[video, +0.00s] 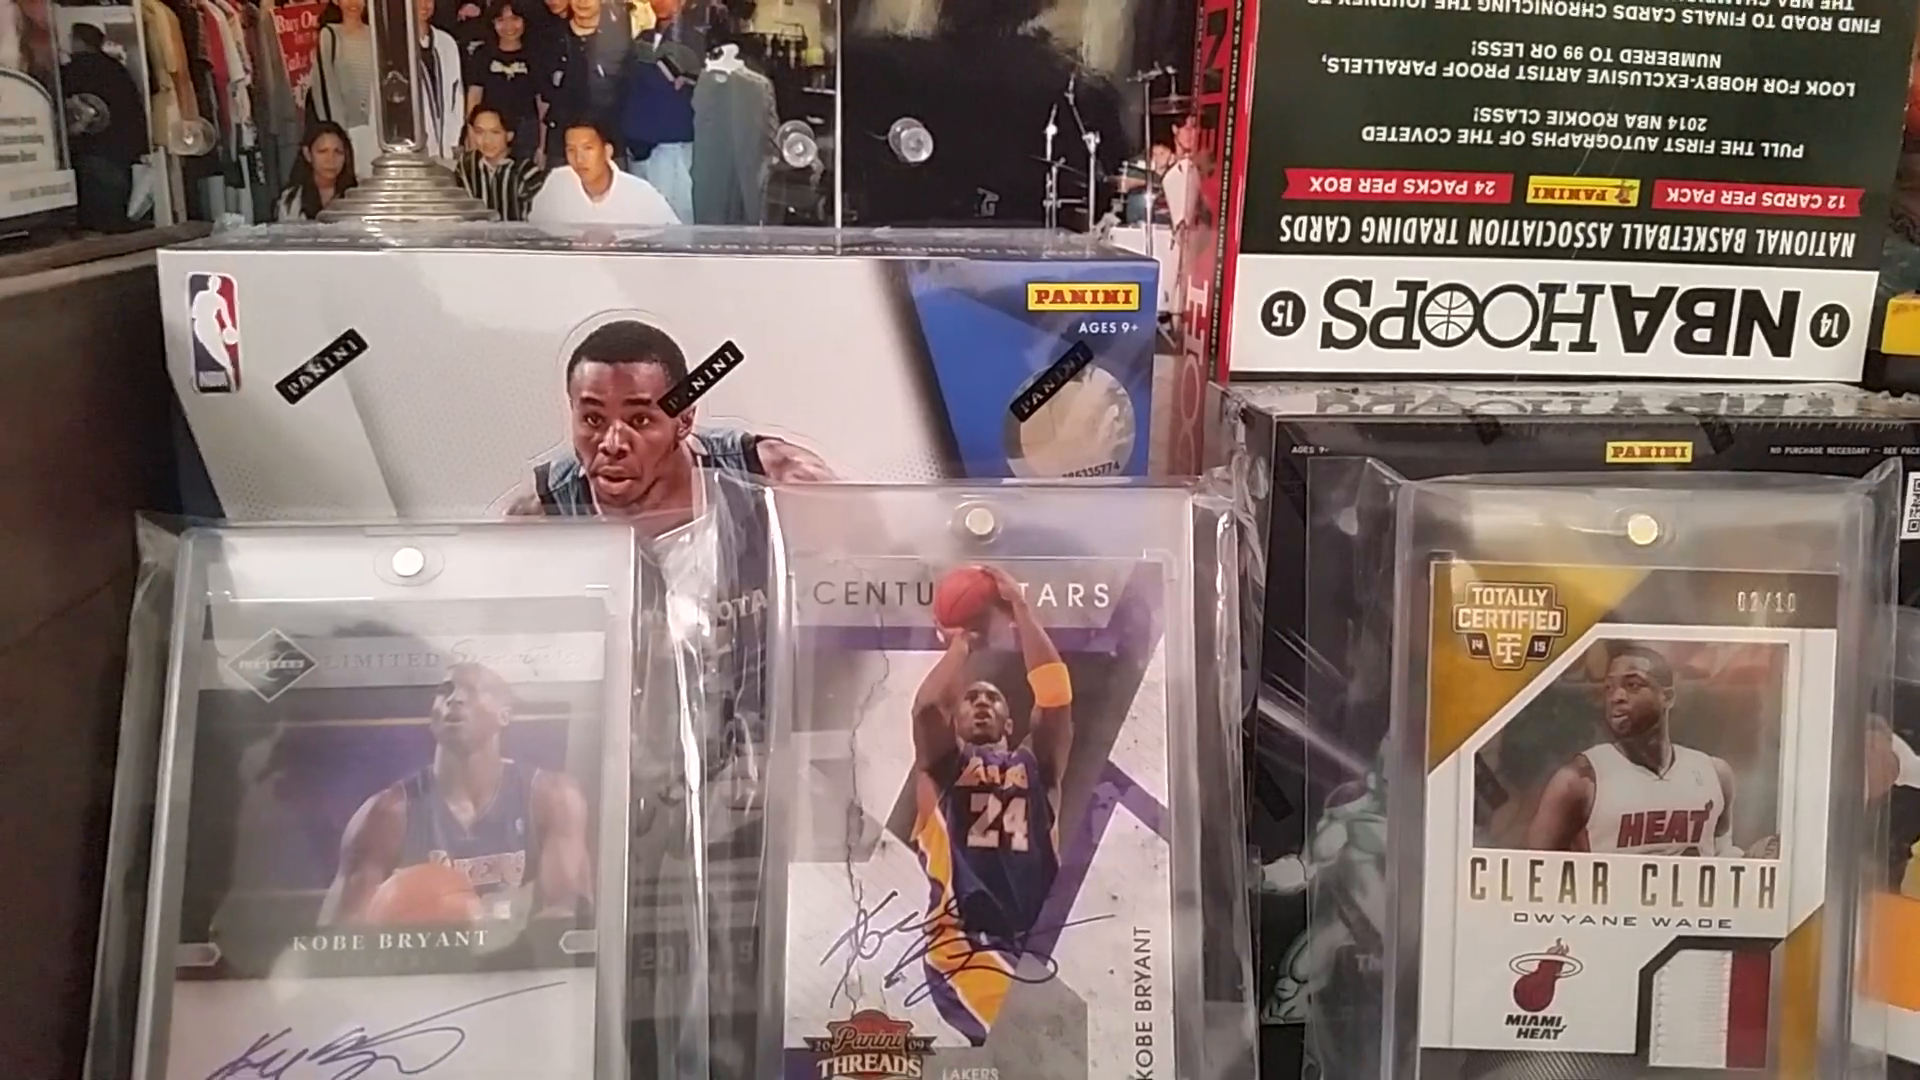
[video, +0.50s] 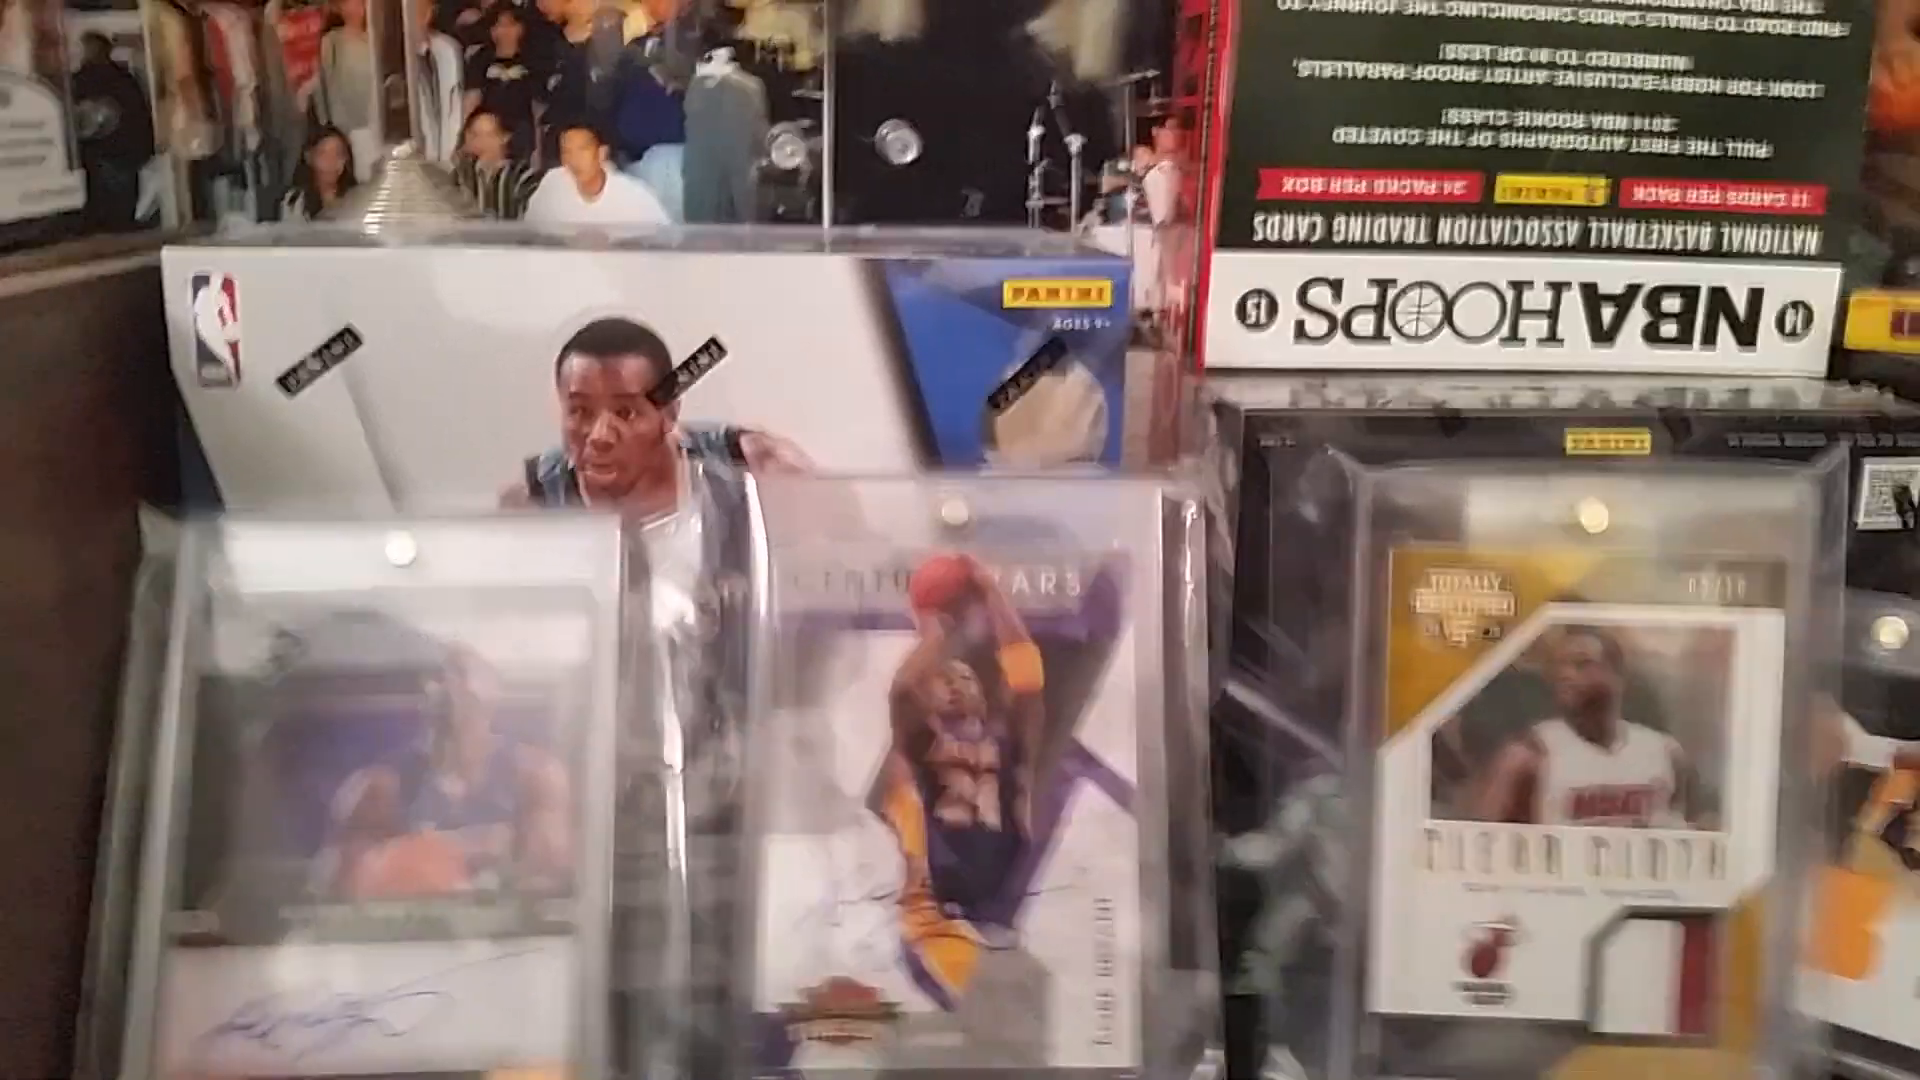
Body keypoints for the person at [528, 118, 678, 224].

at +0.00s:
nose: (579, 160)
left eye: (588, 149)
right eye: (571, 151)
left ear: (607, 151)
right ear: (565, 154)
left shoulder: (640, 192)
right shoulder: (557, 182)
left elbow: (678, 240)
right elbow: (532, 231)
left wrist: (619, 243)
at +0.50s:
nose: (573, 159)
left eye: (583, 149)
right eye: (567, 151)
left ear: (602, 153)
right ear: (561, 156)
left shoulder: (633, 193)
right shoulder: (553, 183)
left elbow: (669, 239)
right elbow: (528, 232)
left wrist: (614, 244)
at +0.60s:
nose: (538, 156)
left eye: (547, 147)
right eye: (534, 148)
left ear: (570, 150)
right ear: (529, 152)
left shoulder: (603, 189)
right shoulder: (519, 181)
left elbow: (634, 238)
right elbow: (495, 231)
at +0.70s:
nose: (506, 156)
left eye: (514, 147)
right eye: (500, 148)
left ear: (534, 148)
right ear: (494, 152)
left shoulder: (565, 189)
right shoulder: (484, 180)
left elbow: (601, 234)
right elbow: (460, 227)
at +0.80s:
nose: (475, 154)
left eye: (483, 145)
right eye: (468, 146)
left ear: (503, 148)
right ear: (463, 149)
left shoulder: (535, 186)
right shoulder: (454, 178)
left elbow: (572, 233)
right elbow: (430, 226)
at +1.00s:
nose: (462, 154)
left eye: (471, 144)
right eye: (455, 146)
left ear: (490, 147)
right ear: (449, 150)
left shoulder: (522, 186)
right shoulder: (442, 177)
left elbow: (559, 233)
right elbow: (418, 226)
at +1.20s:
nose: (439, 155)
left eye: (447, 145)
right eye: (431, 147)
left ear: (466, 148)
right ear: (426, 152)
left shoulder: (497, 186)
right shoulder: (417, 178)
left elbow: (534, 231)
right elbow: (394, 227)